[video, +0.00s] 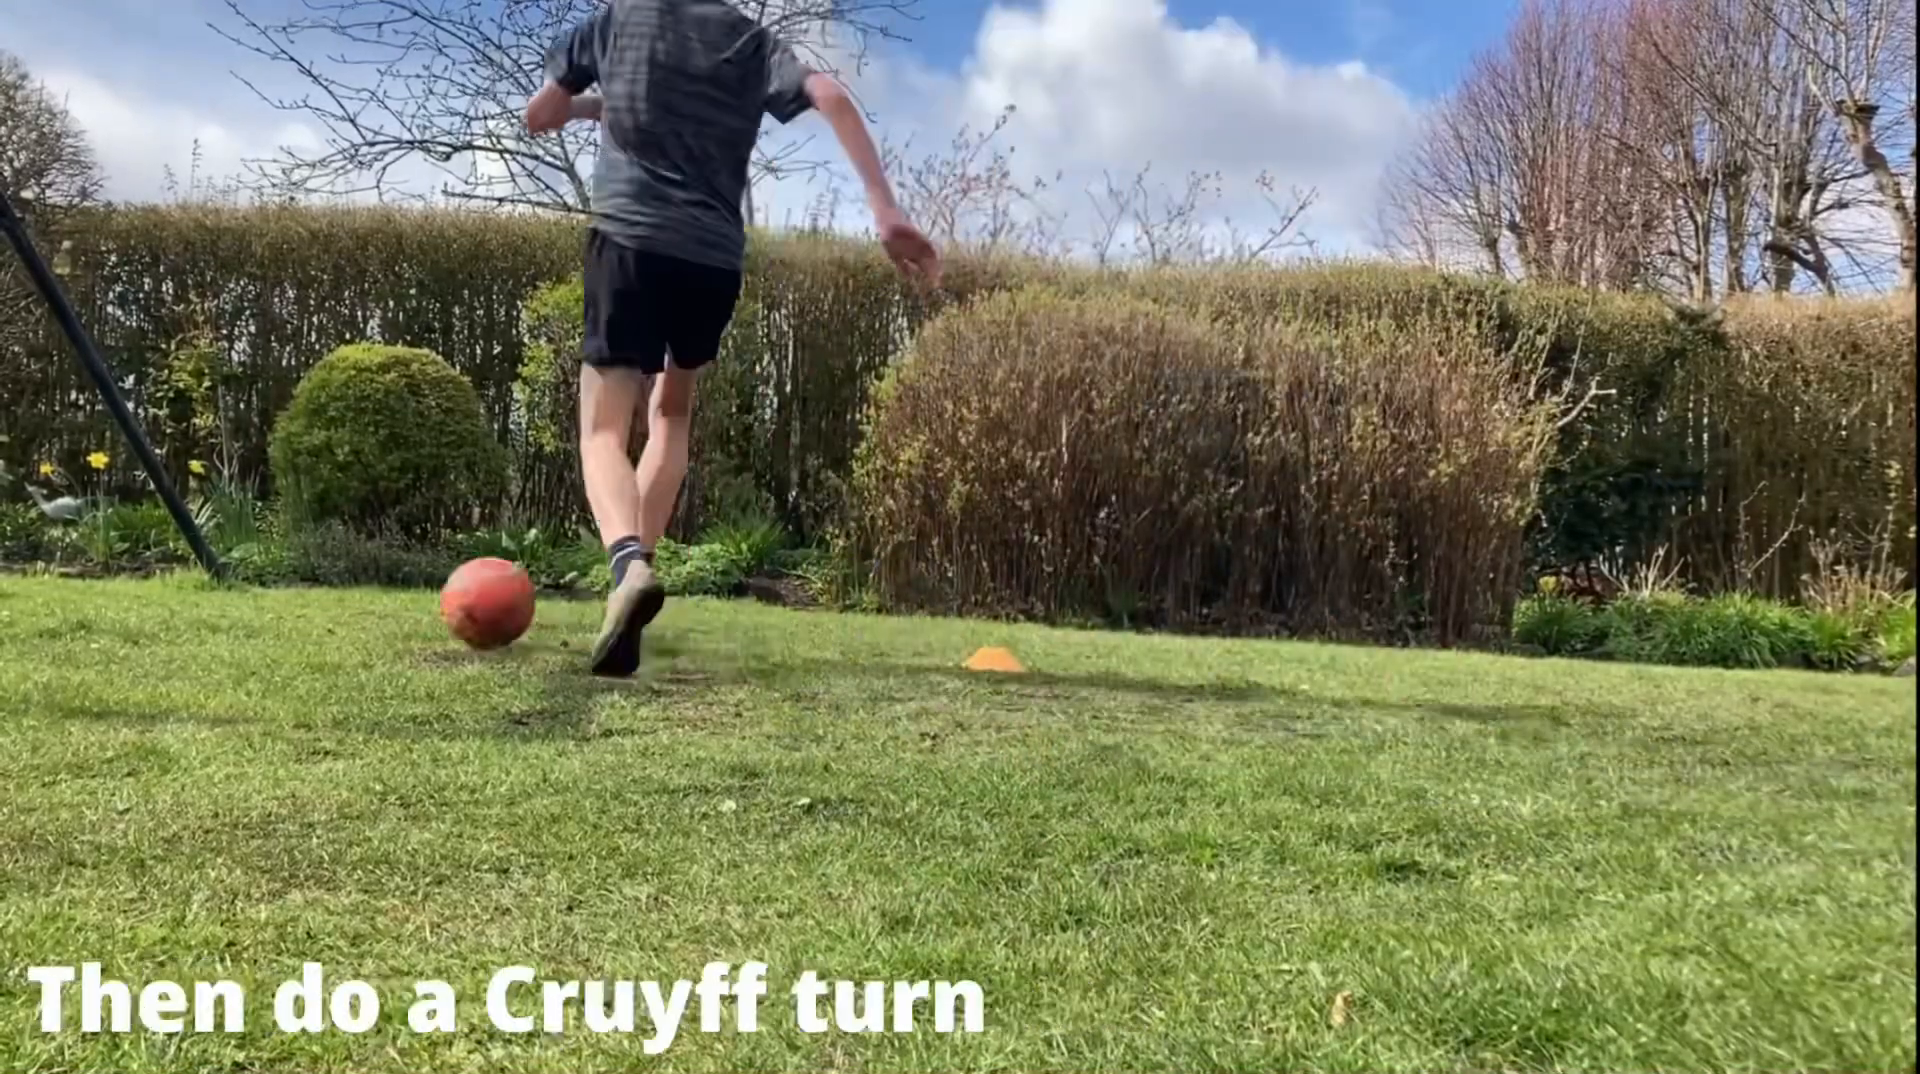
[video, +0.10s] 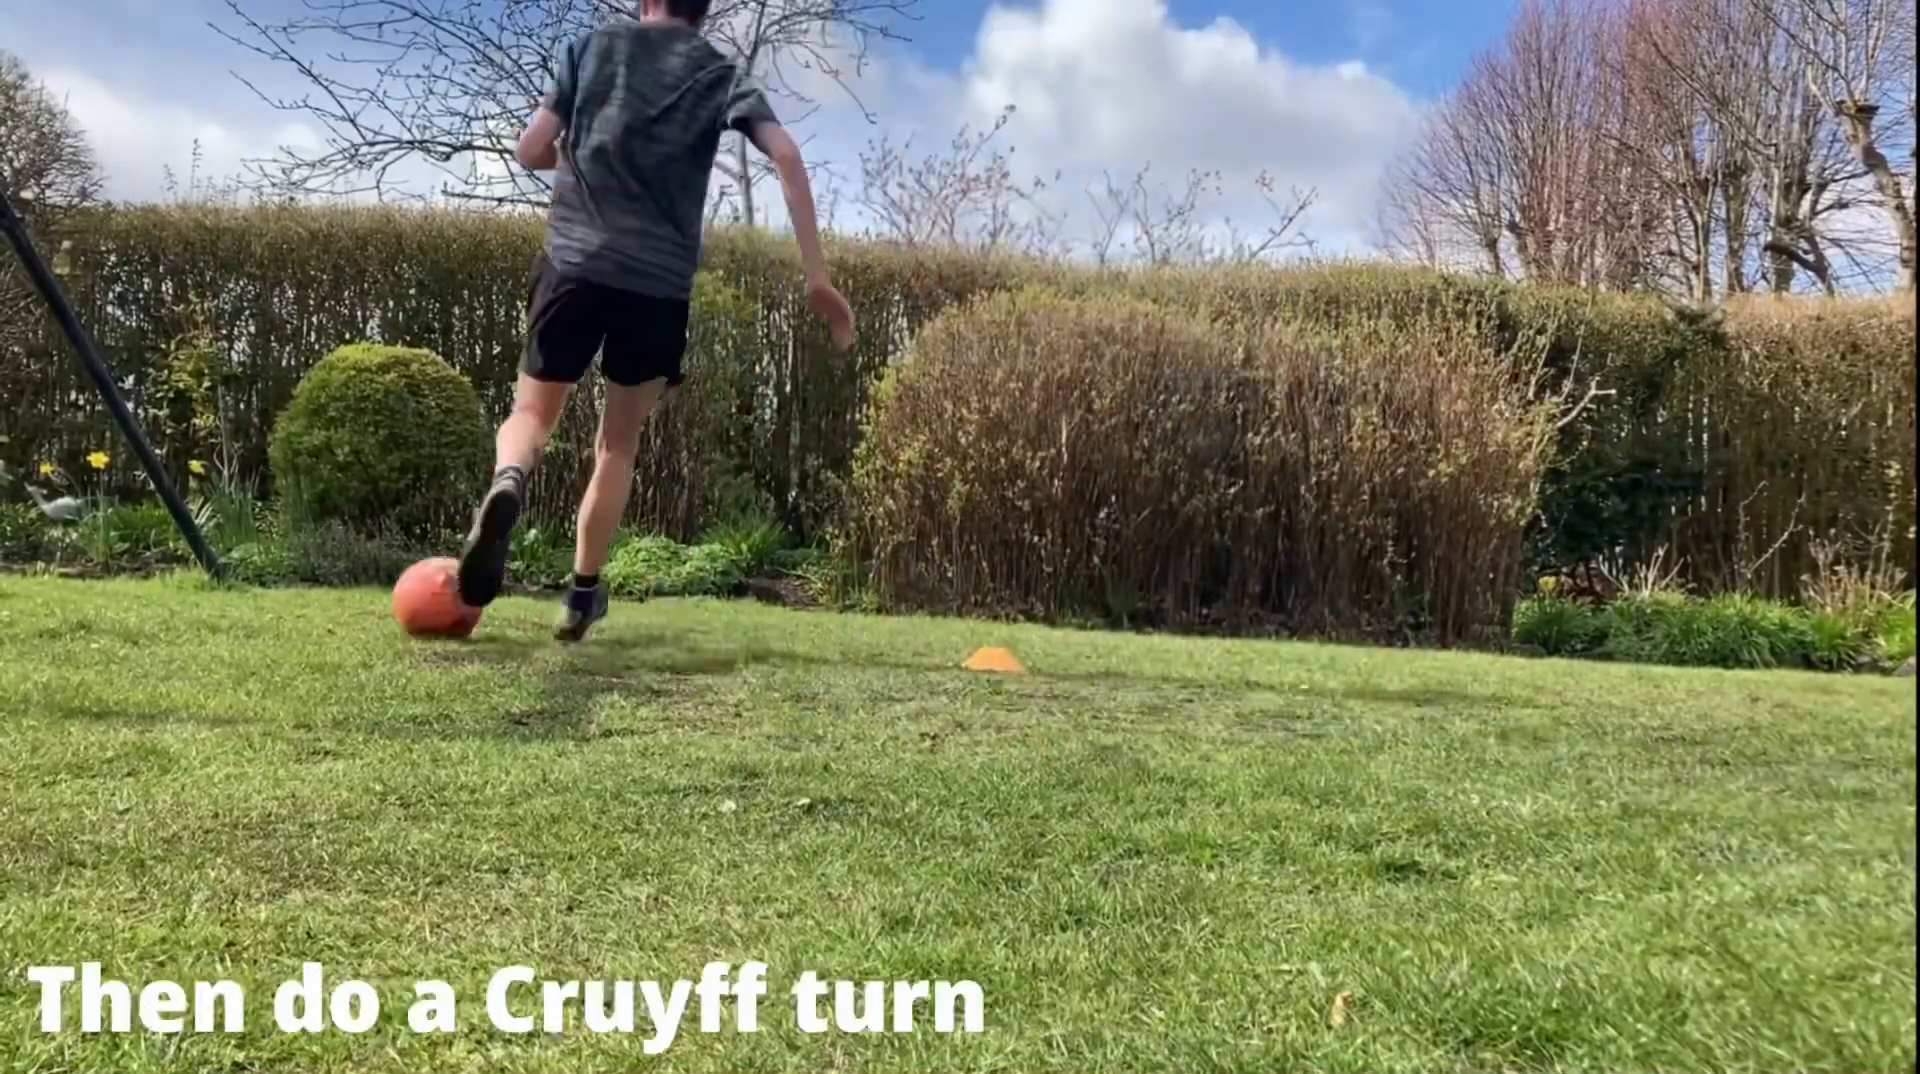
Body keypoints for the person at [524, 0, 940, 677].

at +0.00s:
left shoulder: (615, 19)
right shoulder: (755, 36)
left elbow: (538, 116)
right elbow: (832, 95)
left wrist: (602, 103)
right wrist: (887, 211)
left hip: (626, 239)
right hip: (714, 255)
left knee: (605, 429)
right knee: (672, 411)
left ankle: (629, 561)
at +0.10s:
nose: (636, 11)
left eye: (638, 4)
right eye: (645, 9)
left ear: (647, 4)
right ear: (703, 16)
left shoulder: (591, 46)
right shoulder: (726, 72)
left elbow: (531, 151)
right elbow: (789, 158)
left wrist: (582, 140)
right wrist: (818, 275)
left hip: (574, 268)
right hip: (660, 285)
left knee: (532, 410)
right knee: (617, 445)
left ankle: (508, 485)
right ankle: (581, 601)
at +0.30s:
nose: (638, 90)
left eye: (624, 72)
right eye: (670, 94)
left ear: (621, 72)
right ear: (673, 95)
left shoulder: (559, 104)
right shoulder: (663, 154)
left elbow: (487, 168)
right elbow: (696, 261)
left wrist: (510, 220)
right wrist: (676, 335)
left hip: (489, 284)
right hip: (564, 315)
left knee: (481, 397)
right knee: (587, 446)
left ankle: (375, 510)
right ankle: (556, 595)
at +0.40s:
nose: (660, 142)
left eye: (668, 131)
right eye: (667, 129)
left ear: (622, 92)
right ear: (659, 109)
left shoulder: (546, 113)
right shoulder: (627, 160)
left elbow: (448, 145)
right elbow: (620, 265)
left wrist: (462, 207)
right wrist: (620, 331)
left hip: (437, 285)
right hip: (499, 305)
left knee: (517, 390)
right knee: (587, 420)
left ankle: (397, 494)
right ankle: (536, 581)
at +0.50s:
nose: (653, 171)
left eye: (663, 162)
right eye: (659, 155)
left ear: (625, 127)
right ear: (632, 128)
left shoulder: (535, 150)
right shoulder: (576, 170)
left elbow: (439, 180)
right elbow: (516, 254)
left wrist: (472, 256)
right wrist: (561, 344)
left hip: (428, 310)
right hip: (471, 318)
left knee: (472, 457)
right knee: (564, 452)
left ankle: (411, 578)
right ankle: (480, 585)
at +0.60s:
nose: (628, 179)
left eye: (634, 169)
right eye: (624, 163)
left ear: (591, 151)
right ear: (588, 145)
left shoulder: (552, 211)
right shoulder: (525, 194)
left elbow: (500, 282)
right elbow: (430, 265)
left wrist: (536, 337)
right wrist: (472, 363)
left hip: (467, 346)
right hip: (437, 349)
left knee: (488, 483)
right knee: (555, 454)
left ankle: (404, 582)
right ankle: (478, 580)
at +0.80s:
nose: (600, 88)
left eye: (609, 78)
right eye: (590, 70)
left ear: (611, 83)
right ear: (553, 63)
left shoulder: (581, 151)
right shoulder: (490, 129)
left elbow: (550, 244)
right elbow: (405, 206)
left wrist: (612, 263)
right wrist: (430, 301)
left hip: (517, 326)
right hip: (457, 318)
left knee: (516, 481)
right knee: (494, 472)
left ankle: (437, 548)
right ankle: (433, 568)